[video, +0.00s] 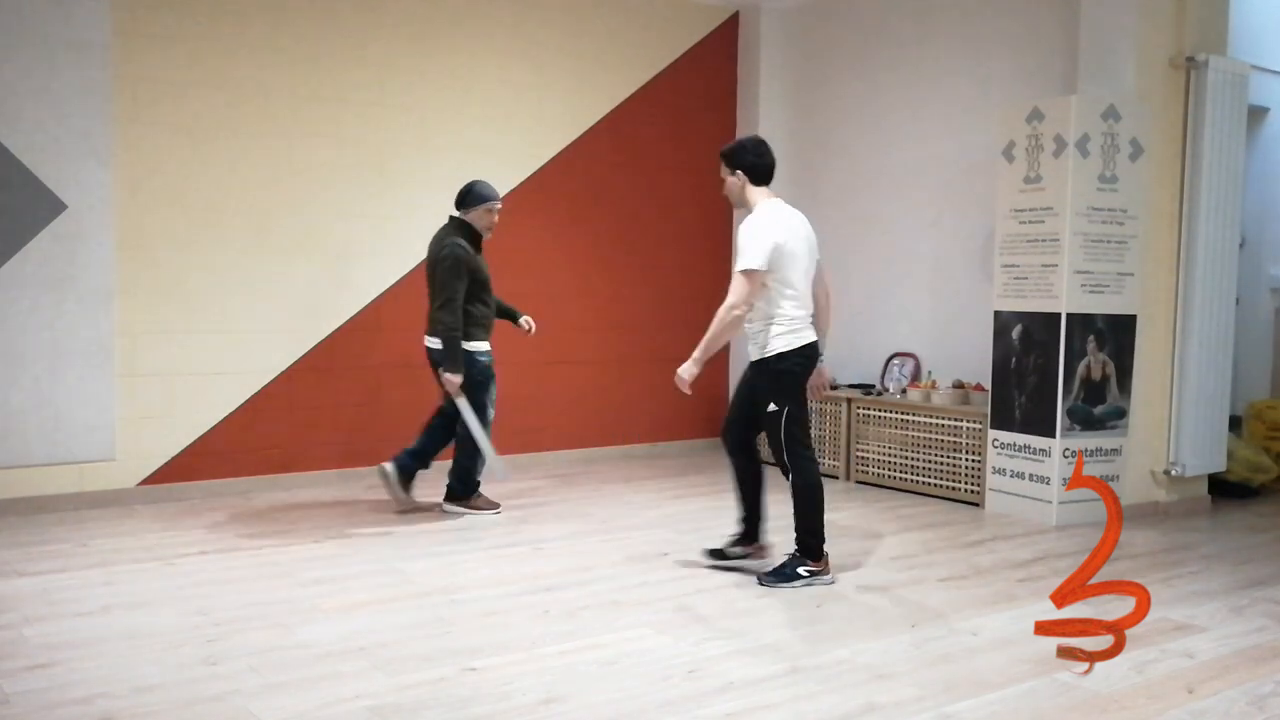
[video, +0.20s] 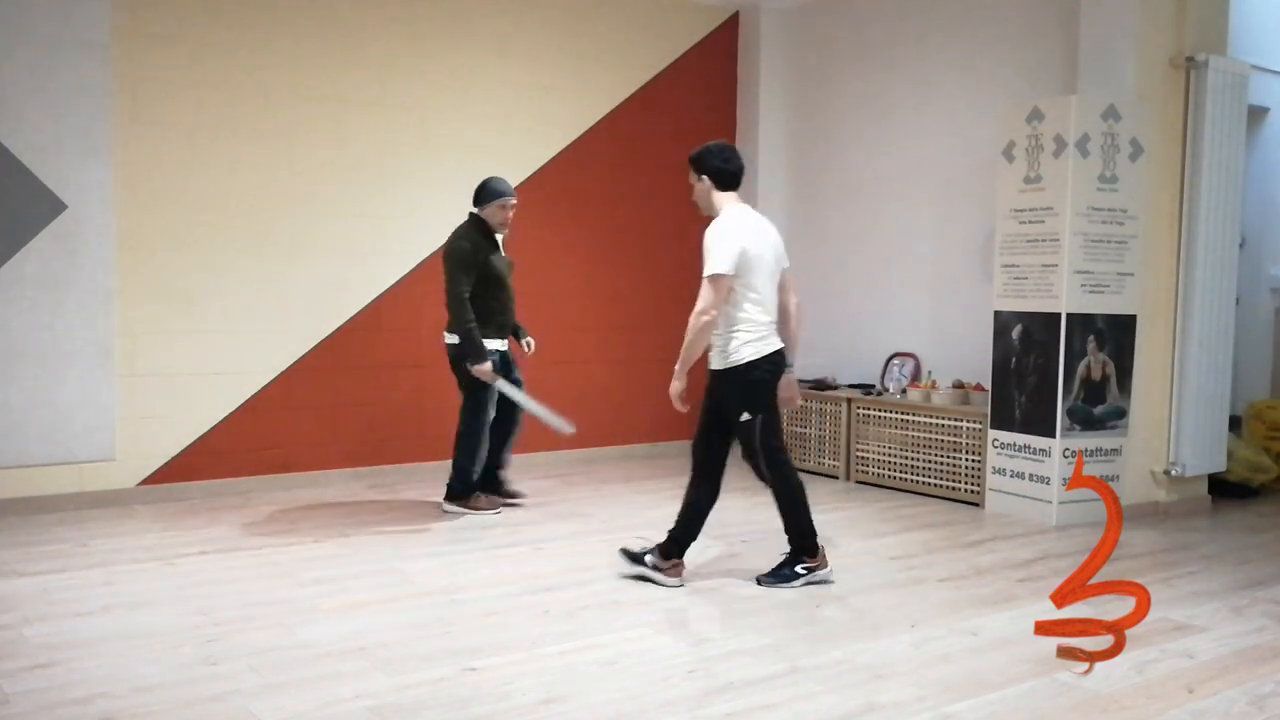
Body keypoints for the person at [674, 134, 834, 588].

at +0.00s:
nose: (722, 185)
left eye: (724, 176)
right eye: (722, 176)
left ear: (740, 176)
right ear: (763, 175)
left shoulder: (757, 224)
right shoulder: (796, 219)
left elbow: (738, 306)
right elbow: (821, 293)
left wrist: (696, 360)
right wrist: (817, 355)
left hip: (777, 355)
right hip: (797, 349)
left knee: (795, 454)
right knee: (737, 435)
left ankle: (811, 557)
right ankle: (751, 537)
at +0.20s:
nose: (691, 192)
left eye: (692, 182)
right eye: (691, 183)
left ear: (706, 180)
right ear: (733, 180)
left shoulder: (722, 230)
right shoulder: (765, 228)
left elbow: (708, 311)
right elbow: (789, 302)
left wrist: (680, 371)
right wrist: (787, 366)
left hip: (737, 366)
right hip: (765, 361)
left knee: (707, 462)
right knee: (774, 461)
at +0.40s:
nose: (655, 184)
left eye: (655, 175)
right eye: (656, 175)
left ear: (666, 175)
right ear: (697, 176)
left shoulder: (686, 215)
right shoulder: (723, 220)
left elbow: (681, 296)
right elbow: (727, 302)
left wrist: (663, 368)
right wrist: (723, 378)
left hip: (697, 354)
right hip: (715, 352)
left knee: (682, 451)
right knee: (677, 451)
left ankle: (764, 528)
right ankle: (662, 556)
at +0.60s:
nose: (630, 177)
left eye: (629, 170)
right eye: (630, 170)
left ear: (639, 170)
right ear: (675, 170)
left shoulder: (652, 213)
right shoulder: (699, 218)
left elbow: (643, 295)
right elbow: (706, 306)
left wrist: (620, 367)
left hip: (661, 352)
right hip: (694, 349)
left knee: (620, 450)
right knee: (666, 450)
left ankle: (662, 553)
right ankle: (662, 552)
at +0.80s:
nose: (600, 174)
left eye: (600, 168)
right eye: (606, 166)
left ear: (608, 171)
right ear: (650, 172)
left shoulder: (603, 219)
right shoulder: (681, 225)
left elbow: (595, 303)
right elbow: (689, 309)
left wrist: (572, 381)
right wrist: (662, 346)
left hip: (621, 359)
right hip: (668, 358)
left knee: (589, 469)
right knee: (650, 455)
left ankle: (575, 587)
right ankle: (658, 555)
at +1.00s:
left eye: (577, 172)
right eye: (622, 167)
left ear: (576, 173)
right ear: (624, 171)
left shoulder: (562, 225)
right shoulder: (663, 221)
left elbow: (543, 313)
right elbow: (681, 309)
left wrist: (528, 386)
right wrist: (670, 364)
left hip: (594, 362)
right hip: (659, 360)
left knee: (568, 472)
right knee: (649, 460)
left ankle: (575, 590)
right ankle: (647, 576)